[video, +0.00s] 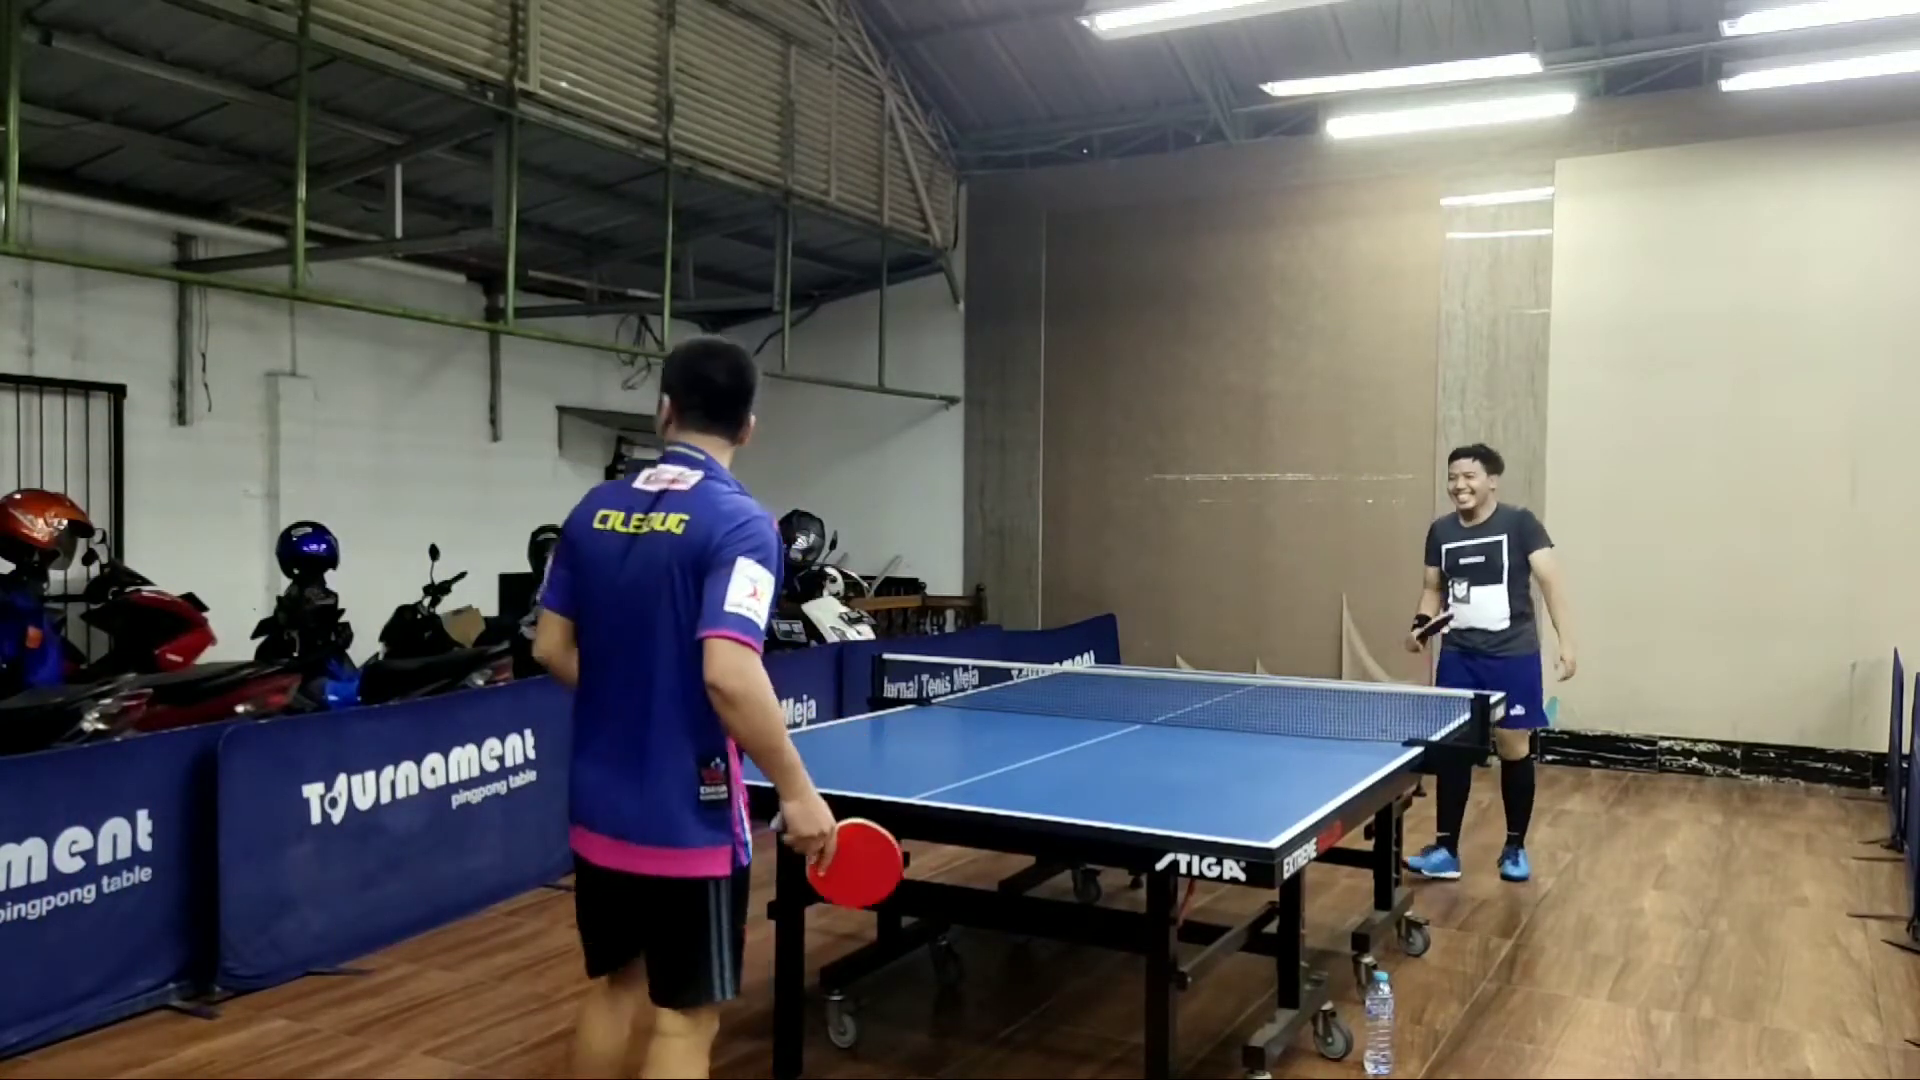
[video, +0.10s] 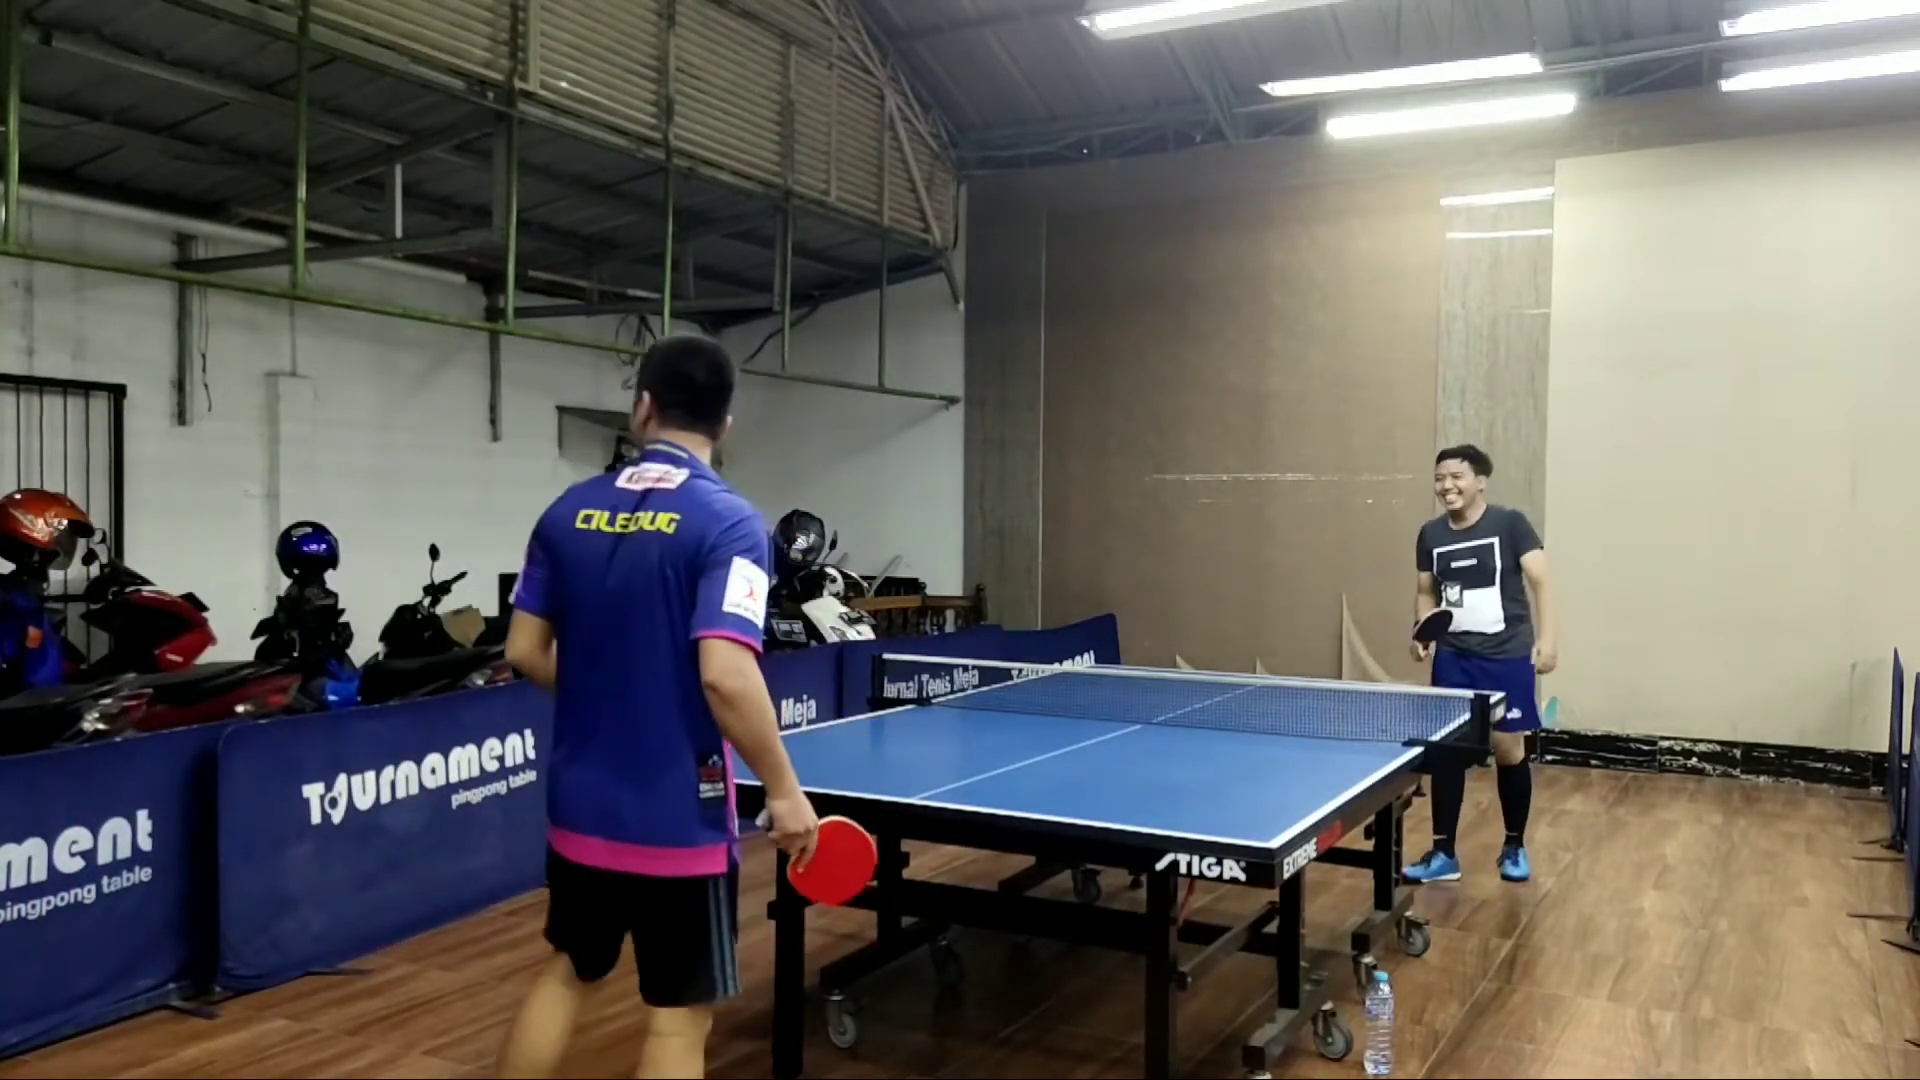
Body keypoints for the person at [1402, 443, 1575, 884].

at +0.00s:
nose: (1460, 485)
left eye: (1469, 476)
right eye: (1454, 477)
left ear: (1492, 480)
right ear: (1448, 483)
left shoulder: (1520, 523)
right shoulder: (1441, 531)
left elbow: (1550, 581)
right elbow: (1432, 590)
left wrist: (1565, 643)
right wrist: (1422, 626)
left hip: (1513, 659)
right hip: (1458, 659)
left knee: (1514, 749)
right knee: (1452, 750)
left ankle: (1515, 848)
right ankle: (1446, 849)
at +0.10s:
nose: (1447, 485)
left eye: (1456, 476)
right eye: (1440, 478)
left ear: (1480, 481)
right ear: (1435, 485)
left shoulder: (1509, 523)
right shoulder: (1431, 535)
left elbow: (1540, 580)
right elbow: (1426, 593)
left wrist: (1547, 640)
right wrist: (1425, 633)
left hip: (1508, 661)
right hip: (1453, 661)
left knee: (1510, 754)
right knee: (1446, 753)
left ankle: (1514, 847)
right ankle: (1443, 853)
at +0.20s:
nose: (1434, 486)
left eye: (1443, 477)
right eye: (1427, 479)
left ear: (1468, 480)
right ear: (1423, 486)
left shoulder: (1500, 520)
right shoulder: (1421, 535)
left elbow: (1528, 578)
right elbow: (1415, 591)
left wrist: (1527, 635)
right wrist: (1416, 629)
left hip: (1498, 659)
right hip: (1444, 660)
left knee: (1508, 750)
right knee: (1440, 752)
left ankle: (1514, 842)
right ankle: (1443, 853)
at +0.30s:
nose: (1425, 486)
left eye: (1434, 477)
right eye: (1418, 479)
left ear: (1460, 479)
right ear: (1415, 486)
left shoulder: (1494, 520)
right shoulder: (1414, 534)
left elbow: (1523, 579)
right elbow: (1404, 591)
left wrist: (1509, 640)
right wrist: (1405, 629)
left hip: (1495, 653)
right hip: (1439, 657)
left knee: (1508, 742)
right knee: (1436, 750)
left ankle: (1514, 833)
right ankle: (1443, 853)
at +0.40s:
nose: (1421, 483)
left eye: (1431, 474)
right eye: (1415, 476)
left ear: (1457, 477)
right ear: (1412, 482)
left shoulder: (1489, 518)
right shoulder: (1410, 531)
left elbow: (1517, 579)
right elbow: (1398, 589)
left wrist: (1500, 646)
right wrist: (1399, 629)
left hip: (1493, 652)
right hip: (1437, 657)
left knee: (1509, 738)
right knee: (1437, 748)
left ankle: (1512, 840)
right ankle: (1443, 853)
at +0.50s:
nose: (1419, 482)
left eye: (1429, 473)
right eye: (1414, 474)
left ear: (1456, 477)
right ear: (1411, 481)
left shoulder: (1488, 518)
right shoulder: (1408, 531)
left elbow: (1514, 581)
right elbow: (1395, 587)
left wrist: (1496, 647)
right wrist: (1398, 626)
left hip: (1491, 654)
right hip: (1437, 660)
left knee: (1504, 744)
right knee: (1440, 751)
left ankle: (1513, 857)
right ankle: (1443, 854)